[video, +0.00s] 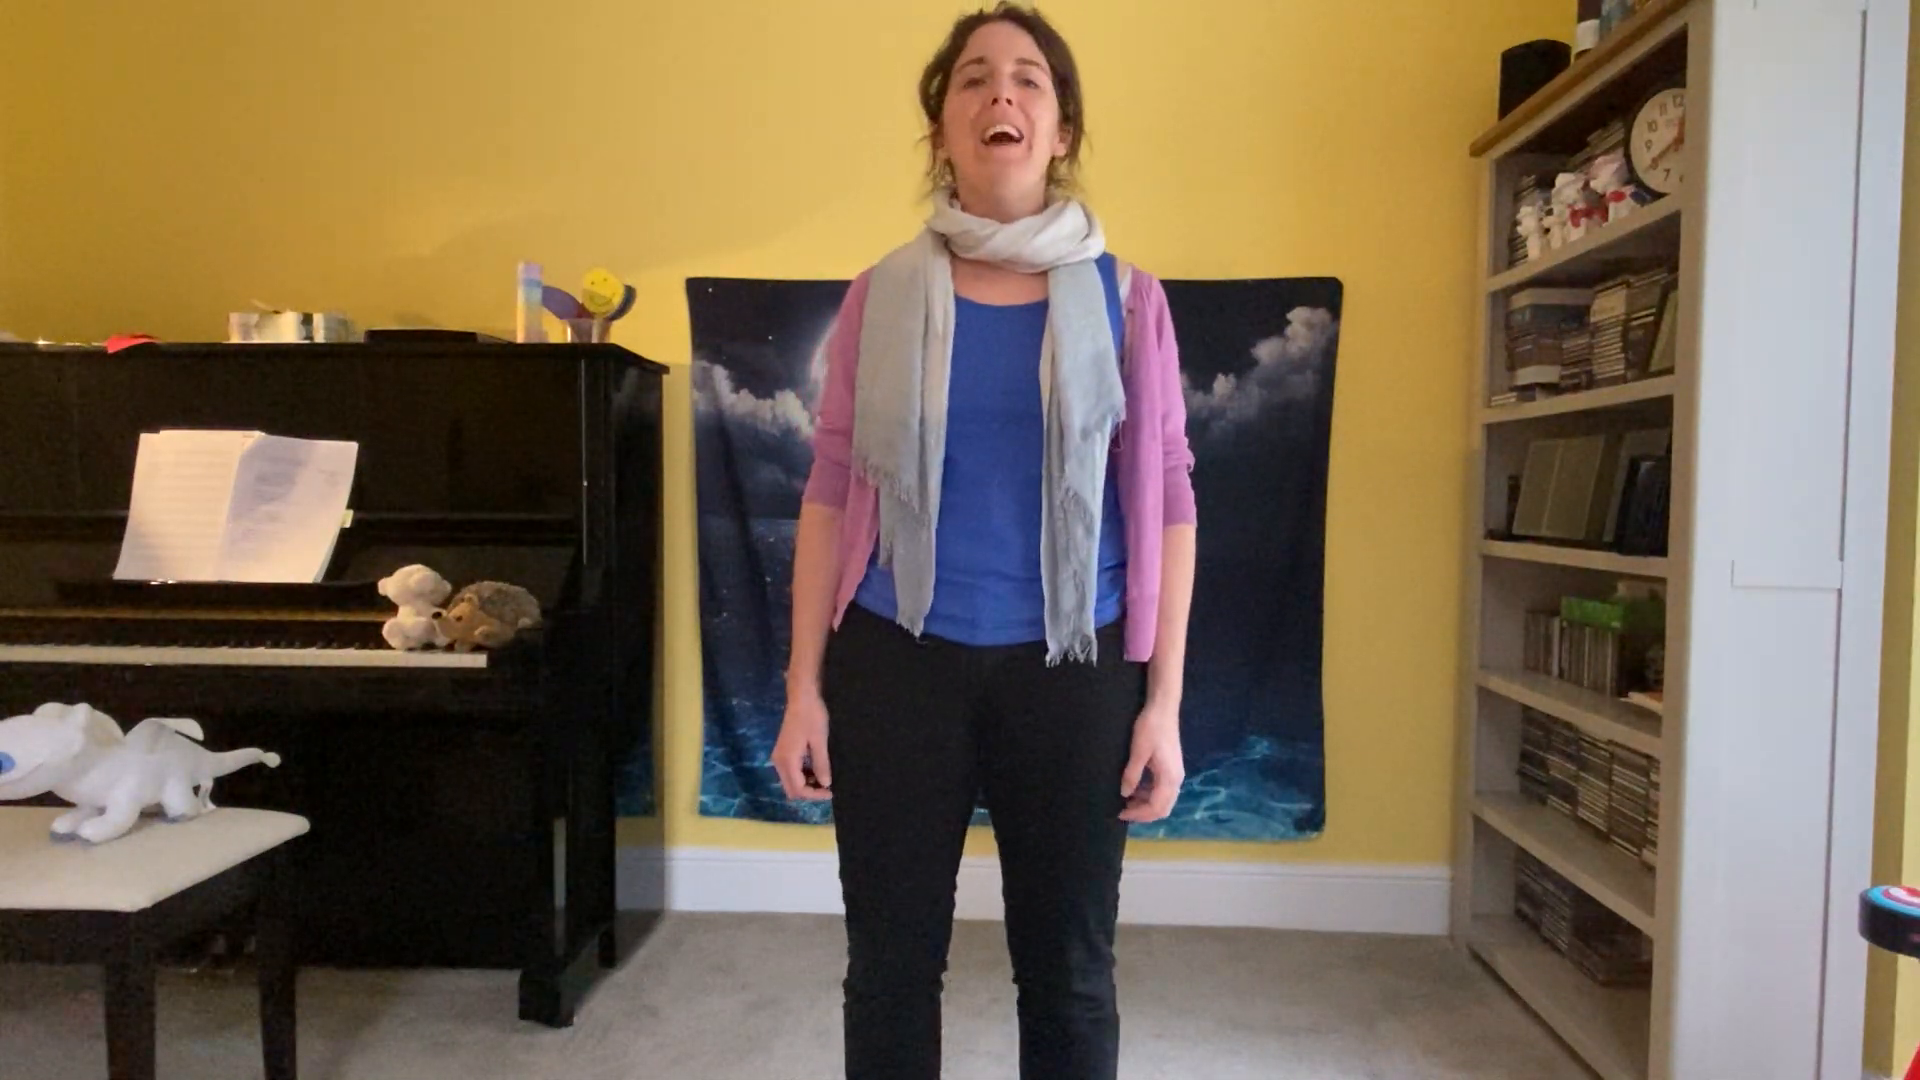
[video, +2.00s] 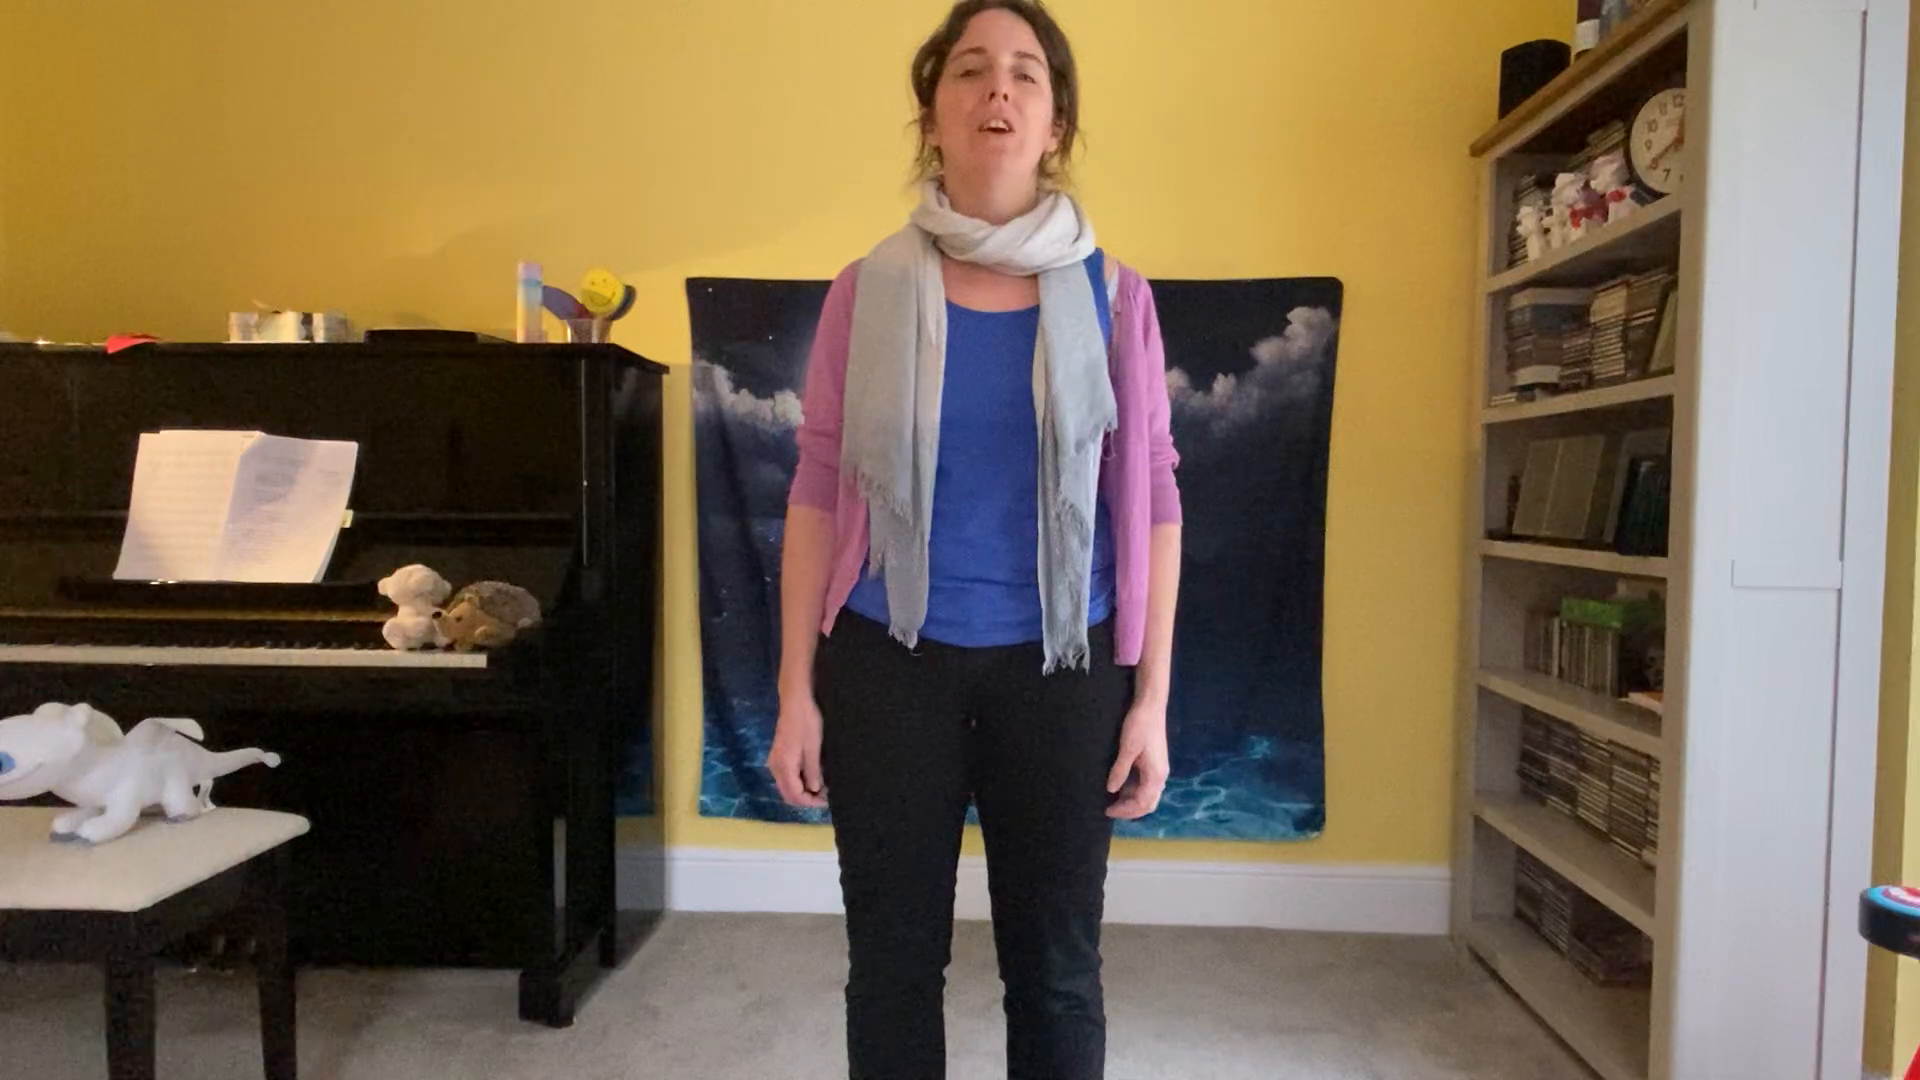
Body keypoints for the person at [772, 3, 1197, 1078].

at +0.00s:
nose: (1002, 94)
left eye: (1027, 80)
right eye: (976, 79)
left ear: (1064, 129)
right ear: (940, 129)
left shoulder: (1128, 303)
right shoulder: (880, 297)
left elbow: (1168, 506)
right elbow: (829, 494)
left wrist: (1163, 698)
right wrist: (802, 683)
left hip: (1072, 684)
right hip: (893, 678)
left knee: (1071, 982)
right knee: (890, 978)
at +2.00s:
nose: (998, 88)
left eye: (1024, 74)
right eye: (972, 70)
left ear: (1058, 121)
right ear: (930, 114)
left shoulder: (1115, 300)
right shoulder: (865, 293)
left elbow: (1153, 504)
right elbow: (815, 494)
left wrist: (1151, 694)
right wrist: (794, 688)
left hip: (1061, 679)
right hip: (885, 674)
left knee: (1057, 984)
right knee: (891, 979)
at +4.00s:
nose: (989, 76)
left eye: (1016, 60)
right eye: (961, 59)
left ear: (1055, 106)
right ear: (924, 108)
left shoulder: (1117, 295)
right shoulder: (865, 290)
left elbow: (1154, 502)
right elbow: (819, 492)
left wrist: (1151, 697)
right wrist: (797, 683)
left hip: (1062, 678)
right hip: (888, 672)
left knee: (1058, 983)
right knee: (893, 982)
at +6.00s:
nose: (999, 90)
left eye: (1026, 73)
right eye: (973, 69)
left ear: (1063, 117)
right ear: (933, 110)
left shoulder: (1118, 302)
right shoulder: (867, 292)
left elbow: (1151, 507)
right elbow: (817, 491)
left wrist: (1158, 700)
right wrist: (791, 688)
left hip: (1062, 682)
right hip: (884, 676)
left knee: (1055, 985)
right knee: (891, 982)